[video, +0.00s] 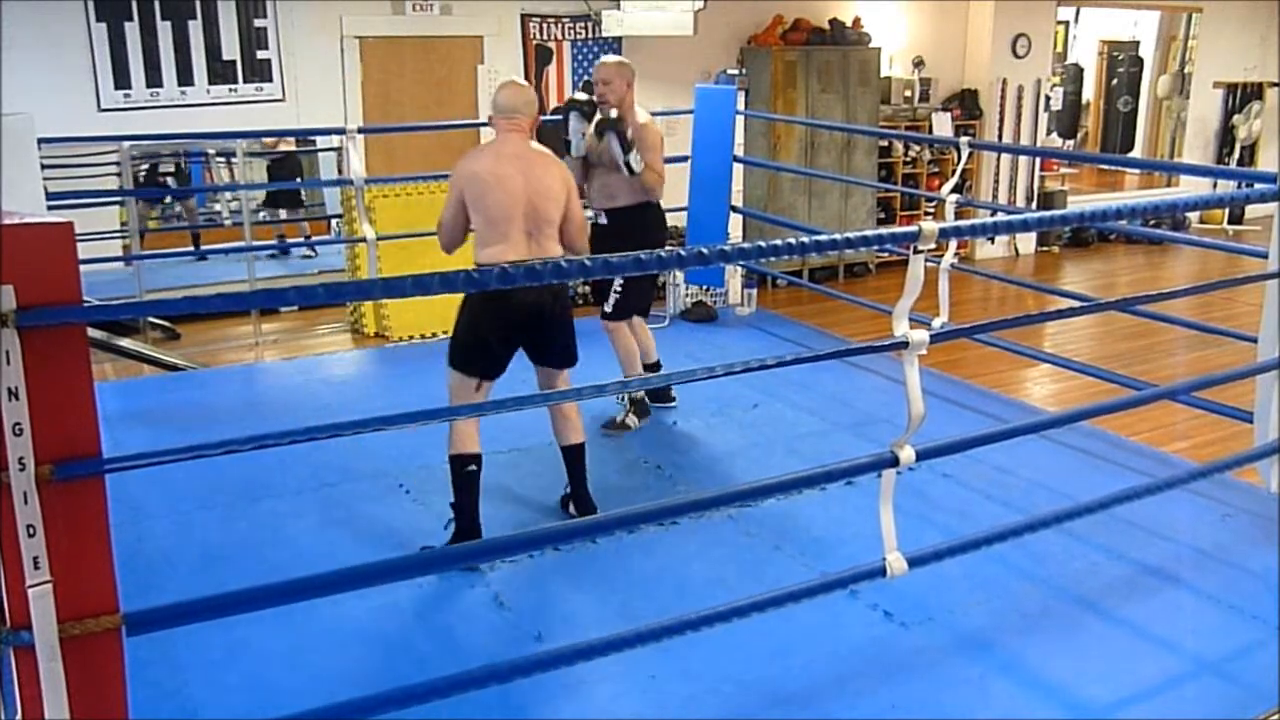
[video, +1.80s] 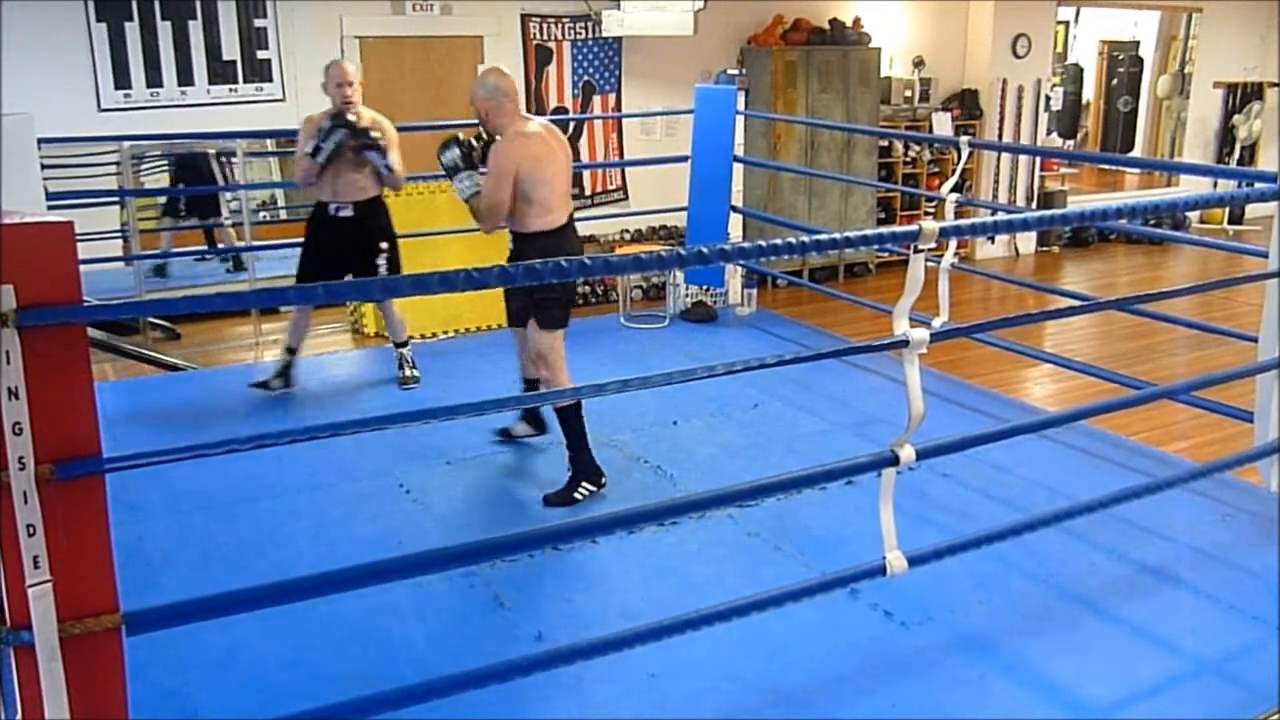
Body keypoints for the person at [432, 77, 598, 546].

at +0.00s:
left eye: (495, 115)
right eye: (533, 117)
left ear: (491, 119)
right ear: (535, 121)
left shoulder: (471, 165)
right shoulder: (557, 168)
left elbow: (449, 240)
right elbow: (578, 244)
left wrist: (482, 207)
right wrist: (543, 217)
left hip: (491, 298)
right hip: (549, 294)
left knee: (465, 409)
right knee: (561, 394)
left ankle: (467, 526)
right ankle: (581, 496)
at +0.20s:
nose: (502, 105)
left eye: (498, 98)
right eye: (542, 97)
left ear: (497, 101)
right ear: (541, 101)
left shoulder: (482, 147)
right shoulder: (569, 144)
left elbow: (466, 221)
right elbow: (588, 209)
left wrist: (498, 190)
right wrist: (550, 185)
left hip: (507, 270)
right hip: (563, 265)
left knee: (479, 389)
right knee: (565, 384)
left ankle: (509, 508)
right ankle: (582, 495)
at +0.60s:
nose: (494, 113)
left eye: (494, 107)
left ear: (498, 110)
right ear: (538, 108)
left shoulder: (485, 157)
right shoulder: (570, 149)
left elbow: (472, 216)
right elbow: (597, 209)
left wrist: (492, 177)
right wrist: (558, 195)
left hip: (526, 271)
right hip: (574, 262)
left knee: (520, 388)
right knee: (562, 341)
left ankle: (544, 507)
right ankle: (572, 426)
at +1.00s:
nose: (555, 113)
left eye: (553, 107)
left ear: (551, 111)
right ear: (586, 117)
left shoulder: (526, 144)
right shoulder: (602, 155)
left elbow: (488, 160)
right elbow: (617, 218)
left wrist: (479, 132)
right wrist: (582, 203)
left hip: (545, 252)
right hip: (592, 251)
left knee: (553, 365)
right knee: (582, 345)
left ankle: (595, 469)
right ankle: (582, 425)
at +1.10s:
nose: (543, 114)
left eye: (546, 109)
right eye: (551, 109)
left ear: (550, 114)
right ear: (583, 119)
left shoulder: (528, 149)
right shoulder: (600, 154)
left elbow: (490, 176)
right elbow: (621, 214)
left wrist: (486, 156)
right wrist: (590, 194)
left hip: (547, 253)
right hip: (592, 251)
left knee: (566, 361)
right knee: (587, 344)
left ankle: (607, 463)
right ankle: (583, 423)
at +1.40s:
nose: (505, 121)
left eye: (504, 115)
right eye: (505, 115)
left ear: (510, 113)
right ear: (541, 104)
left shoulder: (519, 148)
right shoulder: (577, 135)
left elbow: (514, 218)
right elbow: (608, 193)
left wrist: (489, 200)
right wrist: (563, 193)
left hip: (556, 245)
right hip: (596, 237)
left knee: (548, 357)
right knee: (581, 339)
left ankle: (594, 458)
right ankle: (582, 421)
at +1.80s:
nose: (479, 119)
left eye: (480, 111)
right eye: (477, 112)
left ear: (498, 105)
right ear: (510, 101)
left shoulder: (508, 148)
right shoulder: (550, 132)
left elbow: (490, 219)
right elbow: (541, 195)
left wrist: (469, 191)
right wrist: (490, 182)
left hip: (536, 251)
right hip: (559, 242)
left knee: (548, 361)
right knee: (525, 337)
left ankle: (586, 470)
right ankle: (532, 415)